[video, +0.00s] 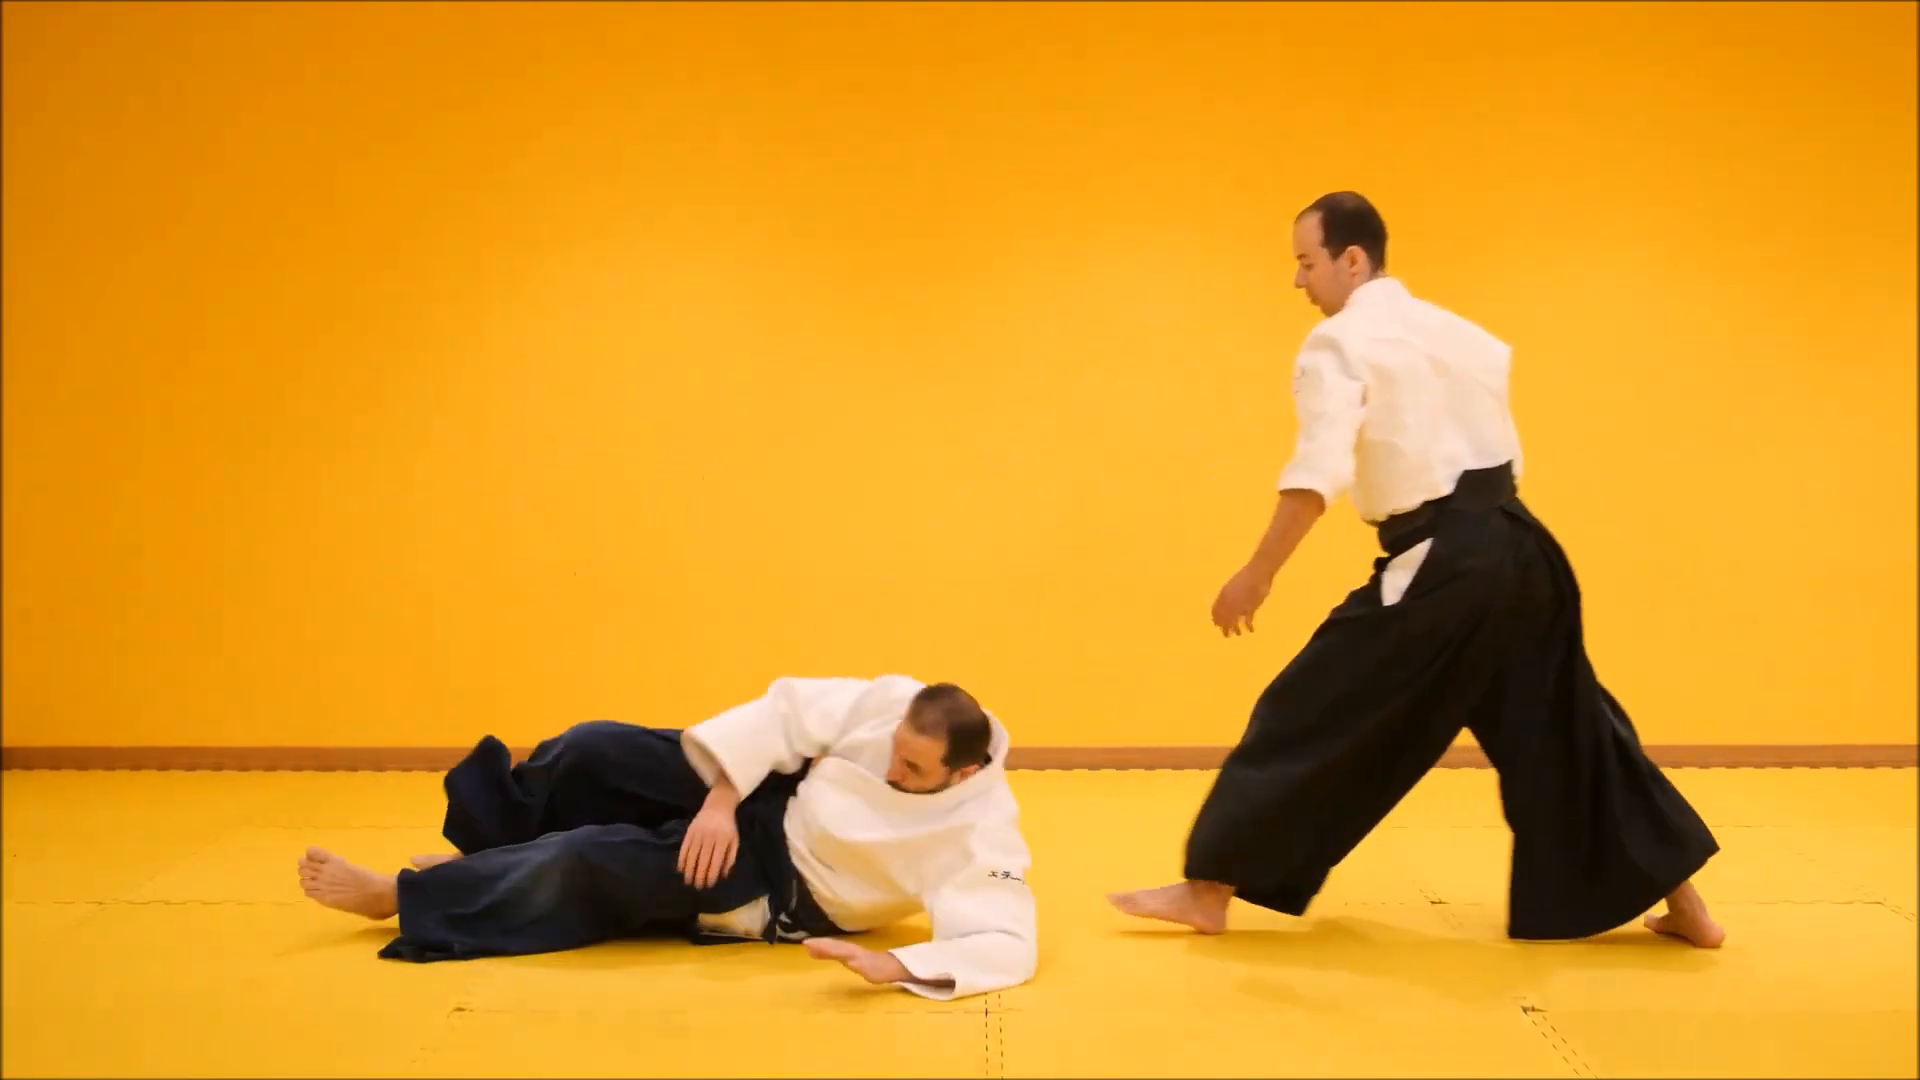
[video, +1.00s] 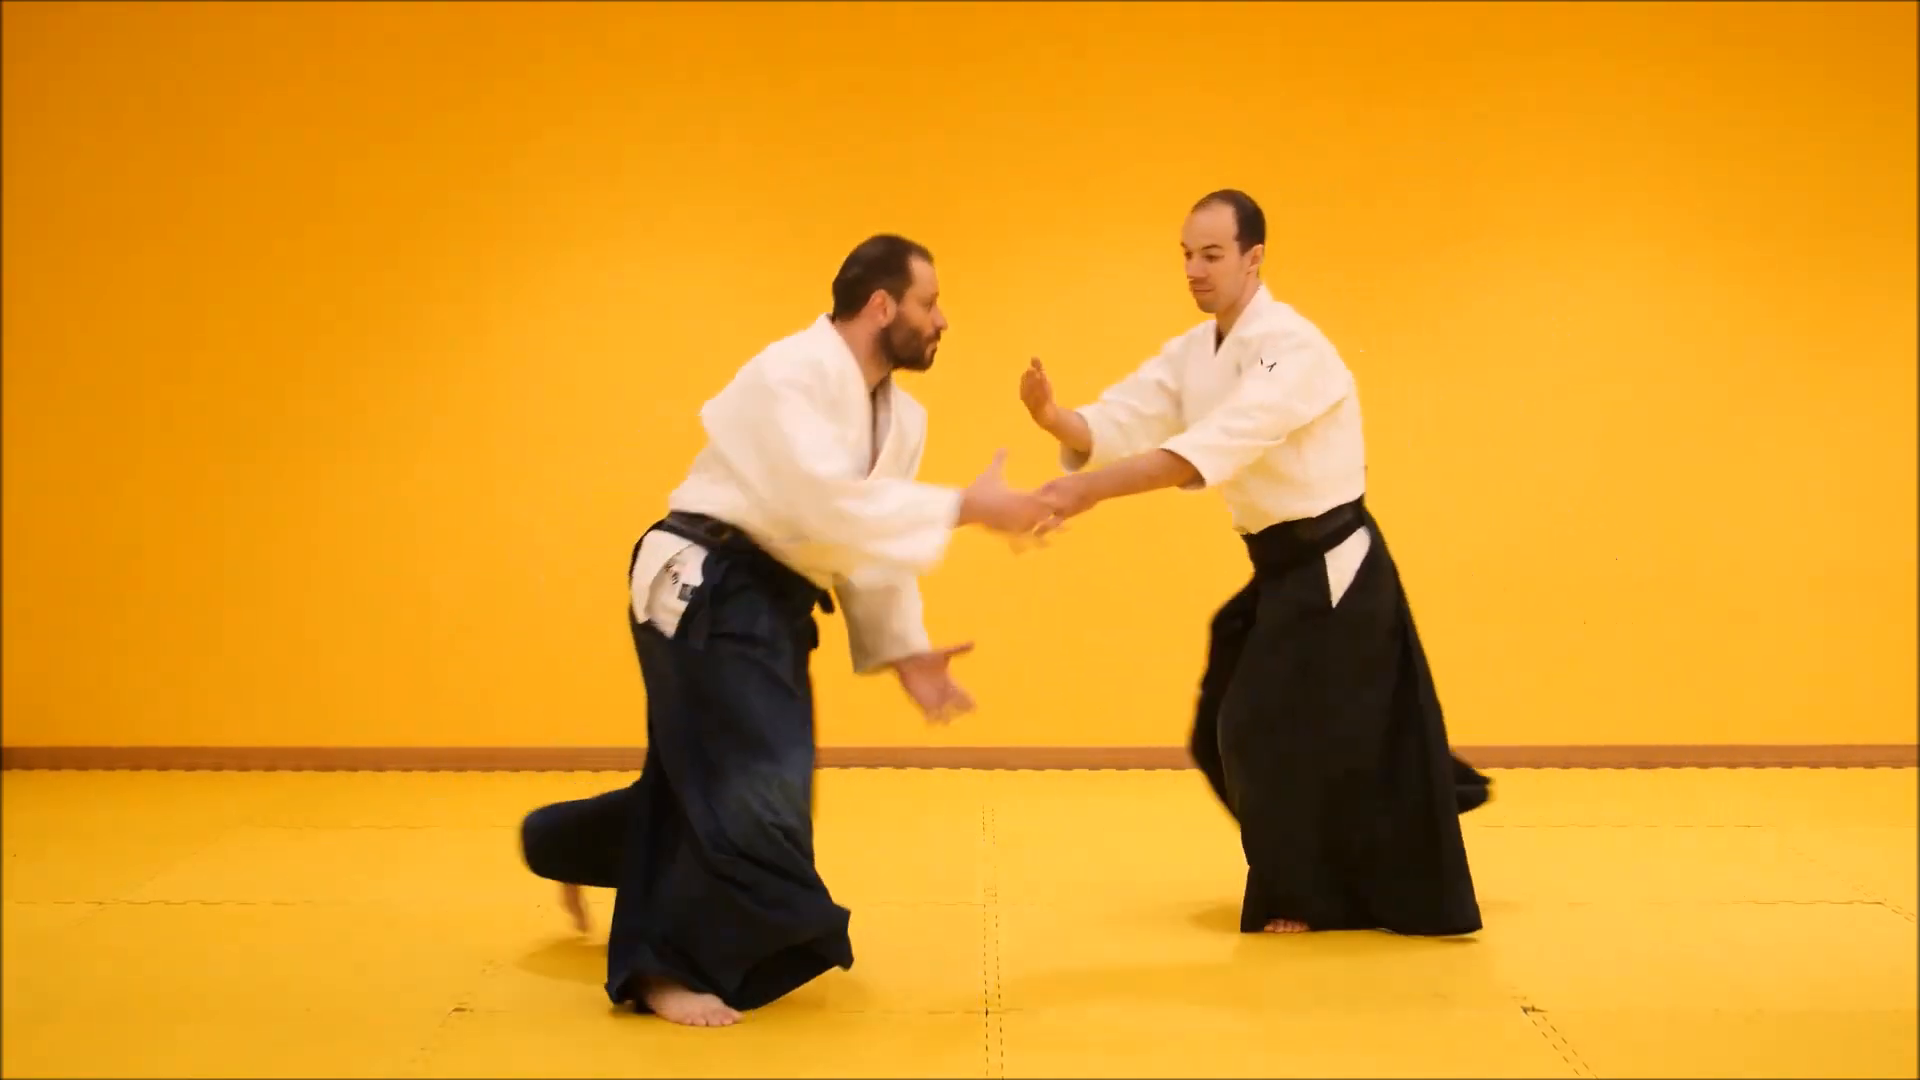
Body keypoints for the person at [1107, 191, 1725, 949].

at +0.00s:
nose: (1298, 279)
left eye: (1306, 262)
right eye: (1297, 264)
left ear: (1354, 259)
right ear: (1367, 260)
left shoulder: (1338, 342)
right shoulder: (1461, 334)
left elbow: (1320, 472)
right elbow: (1498, 461)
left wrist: (1255, 572)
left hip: (1438, 563)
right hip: (1522, 555)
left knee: (1300, 710)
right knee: (1578, 726)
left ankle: (1207, 890)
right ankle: (1683, 899)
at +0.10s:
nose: (1341, 257)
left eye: (1349, 238)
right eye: (1338, 241)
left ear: (1397, 234)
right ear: (1410, 238)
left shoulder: (1384, 323)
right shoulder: (1500, 316)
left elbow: (1365, 465)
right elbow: (1541, 445)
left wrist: (1309, 573)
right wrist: (1515, 517)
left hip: (1472, 548)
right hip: (1553, 536)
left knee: (1333, 696)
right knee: (1599, 714)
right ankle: (1679, 898)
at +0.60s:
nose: (1364, 246)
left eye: (1375, 228)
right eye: (1363, 230)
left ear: (1427, 225)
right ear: (1430, 230)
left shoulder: (1412, 322)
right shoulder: (1522, 314)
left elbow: (1388, 469)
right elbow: (1542, 439)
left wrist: (1327, 572)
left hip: (1490, 553)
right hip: (1568, 537)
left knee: (1348, 703)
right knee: (1618, 707)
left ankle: (1330, 883)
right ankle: (1689, 901)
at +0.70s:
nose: (1325, 259)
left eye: (1337, 242)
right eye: (1323, 244)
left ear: (1388, 242)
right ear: (1389, 248)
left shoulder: (1373, 338)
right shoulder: (1467, 328)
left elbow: (1335, 479)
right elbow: (1467, 469)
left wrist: (1251, 576)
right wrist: (1379, 552)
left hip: (1458, 564)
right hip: (1529, 548)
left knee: (1312, 711)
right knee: (1586, 720)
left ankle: (1313, 889)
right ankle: (1682, 900)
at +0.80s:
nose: (1277, 266)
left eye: (1291, 248)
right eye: (1275, 250)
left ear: (1343, 251)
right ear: (1330, 256)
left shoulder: (1337, 349)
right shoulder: (1384, 328)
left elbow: (1285, 475)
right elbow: (1337, 468)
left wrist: (1177, 554)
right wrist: (1228, 513)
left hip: (1411, 570)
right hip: (1457, 552)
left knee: (1278, 715)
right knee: (1521, 725)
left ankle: (1299, 896)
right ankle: (1671, 859)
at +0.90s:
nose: (1232, 268)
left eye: (1248, 251)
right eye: (1228, 253)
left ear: (1296, 256)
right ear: (1251, 260)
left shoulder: (1321, 353)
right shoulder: (1265, 352)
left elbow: (1236, 468)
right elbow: (1198, 443)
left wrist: (1110, 522)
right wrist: (1111, 465)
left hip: (1377, 565)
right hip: (1342, 562)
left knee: (1262, 728)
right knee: (1408, 724)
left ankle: (1301, 897)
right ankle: (1554, 808)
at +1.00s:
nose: (1196, 270)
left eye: (1212, 255)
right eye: (1188, 256)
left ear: (1254, 257)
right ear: (1184, 261)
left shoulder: (1294, 353)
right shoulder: (1196, 352)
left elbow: (1197, 459)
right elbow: (1112, 428)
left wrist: (1085, 489)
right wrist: (1054, 419)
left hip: (1335, 569)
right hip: (1278, 573)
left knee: (1260, 729)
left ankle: (1295, 894)